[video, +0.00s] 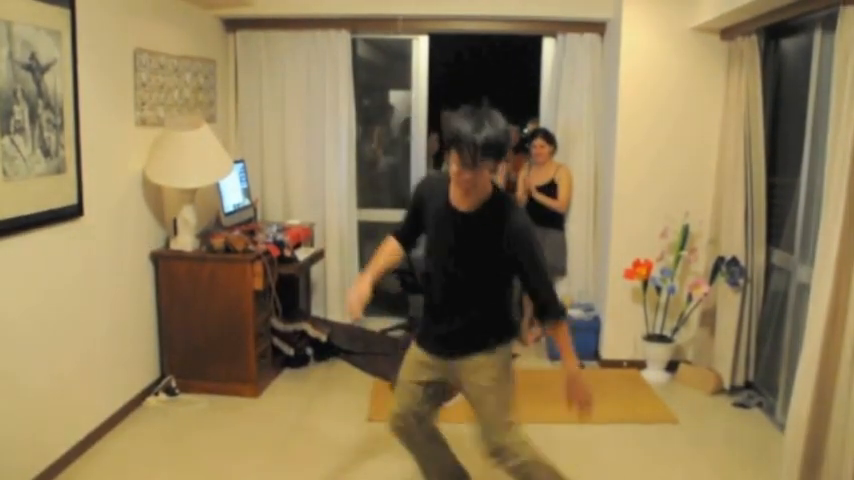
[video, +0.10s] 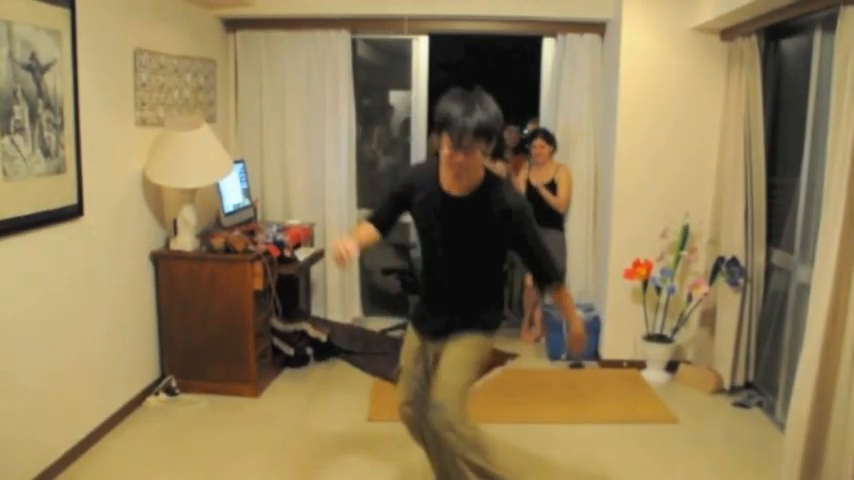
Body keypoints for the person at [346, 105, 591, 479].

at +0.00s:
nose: (463, 177)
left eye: (475, 169)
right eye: (457, 166)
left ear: (496, 168)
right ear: (448, 158)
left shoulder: (510, 220)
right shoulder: (432, 192)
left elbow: (547, 300)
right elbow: (403, 238)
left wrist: (573, 369)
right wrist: (367, 278)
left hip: (485, 350)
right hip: (431, 343)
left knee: (501, 444)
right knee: (406, 421)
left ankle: (552, 477)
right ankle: (452, 476)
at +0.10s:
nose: (459, 160)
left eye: (470, 152)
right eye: (453, 148)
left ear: (488, 150)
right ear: (440, 139)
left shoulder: (504, 201)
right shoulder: (418, 182)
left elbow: (543, 265)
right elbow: (380, 222)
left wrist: (574, 320)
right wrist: (353, 241)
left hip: (475, 324)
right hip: (427, 318)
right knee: (412, 410)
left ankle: (492, 474)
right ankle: (454, 474)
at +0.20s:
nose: (450, 137)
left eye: (460, 126)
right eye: (442, 125)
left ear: (476, 127)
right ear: (427, 124)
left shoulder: (499, 180)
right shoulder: (402, 171)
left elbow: (546, 231)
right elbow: (362, 233)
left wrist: (582, 266)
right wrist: (311, 264)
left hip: (465, 304)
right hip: (415, 299)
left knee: (428, 395)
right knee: (413, 391)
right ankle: (450, 466)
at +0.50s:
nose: (434, 134)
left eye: (444, 123)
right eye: (425, 123)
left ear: (463, 125)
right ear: (414, 123)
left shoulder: (479, 184)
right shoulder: (394, 173)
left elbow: (542, 217)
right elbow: (324, 220)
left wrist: (511, 160)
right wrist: (372, 196)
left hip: (438, 321)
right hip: (386, 314)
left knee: (408, 420)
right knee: (389, 408)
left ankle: (403, 475)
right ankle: (432, 430)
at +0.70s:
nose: (406, 107)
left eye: (416, 96)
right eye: (398, 97)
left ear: (436, 98)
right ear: (387, 100)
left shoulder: (460, 149)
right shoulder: (375, 149)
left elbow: (483, 190)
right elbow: (317, 195)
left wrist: (460, 217)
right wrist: (259, 211)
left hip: (441, 279)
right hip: (390, 260)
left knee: (420, 394)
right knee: (371, 303)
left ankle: (404, 474)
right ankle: (377, 410)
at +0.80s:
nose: (391, 116)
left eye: (401, 106)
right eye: (384, 106)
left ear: (423, 108)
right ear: (373, 109)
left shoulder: (448, 159)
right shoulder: (363, 164)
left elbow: (474, 243)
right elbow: (324, 241)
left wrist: (455, 322)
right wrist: (284, 307)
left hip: (436, 289)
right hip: (388, 271)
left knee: (415, 390)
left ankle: (404, 471)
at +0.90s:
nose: (383, 137)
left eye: (392, 126)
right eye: (374, 127)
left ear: (412, 128)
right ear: (364, 132)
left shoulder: (446, 187)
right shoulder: (355, 187)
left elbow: (474, 268)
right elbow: (360, 263)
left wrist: (470, 333)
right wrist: (363, 313)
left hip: (431, 314)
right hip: (377, 296)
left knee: (413, 421)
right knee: (350, 356)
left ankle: (403, 473)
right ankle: (319, 470)